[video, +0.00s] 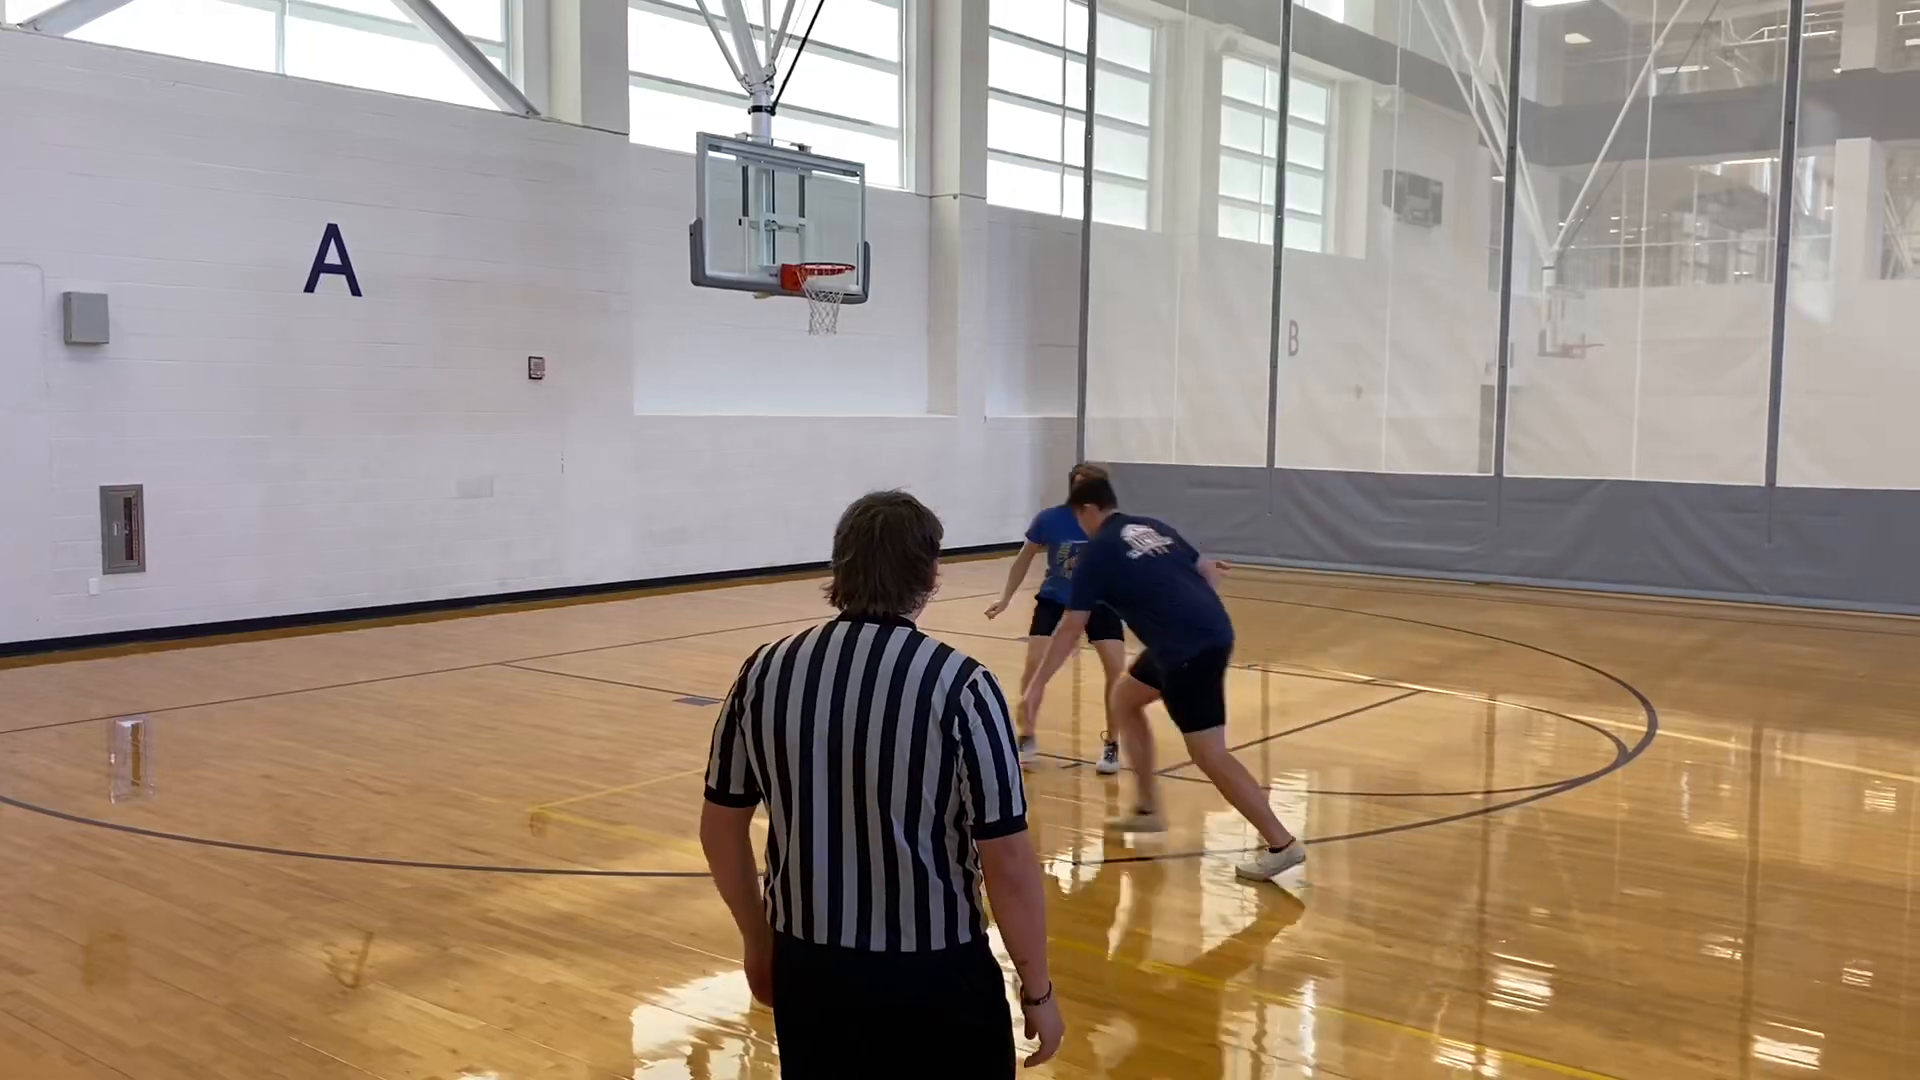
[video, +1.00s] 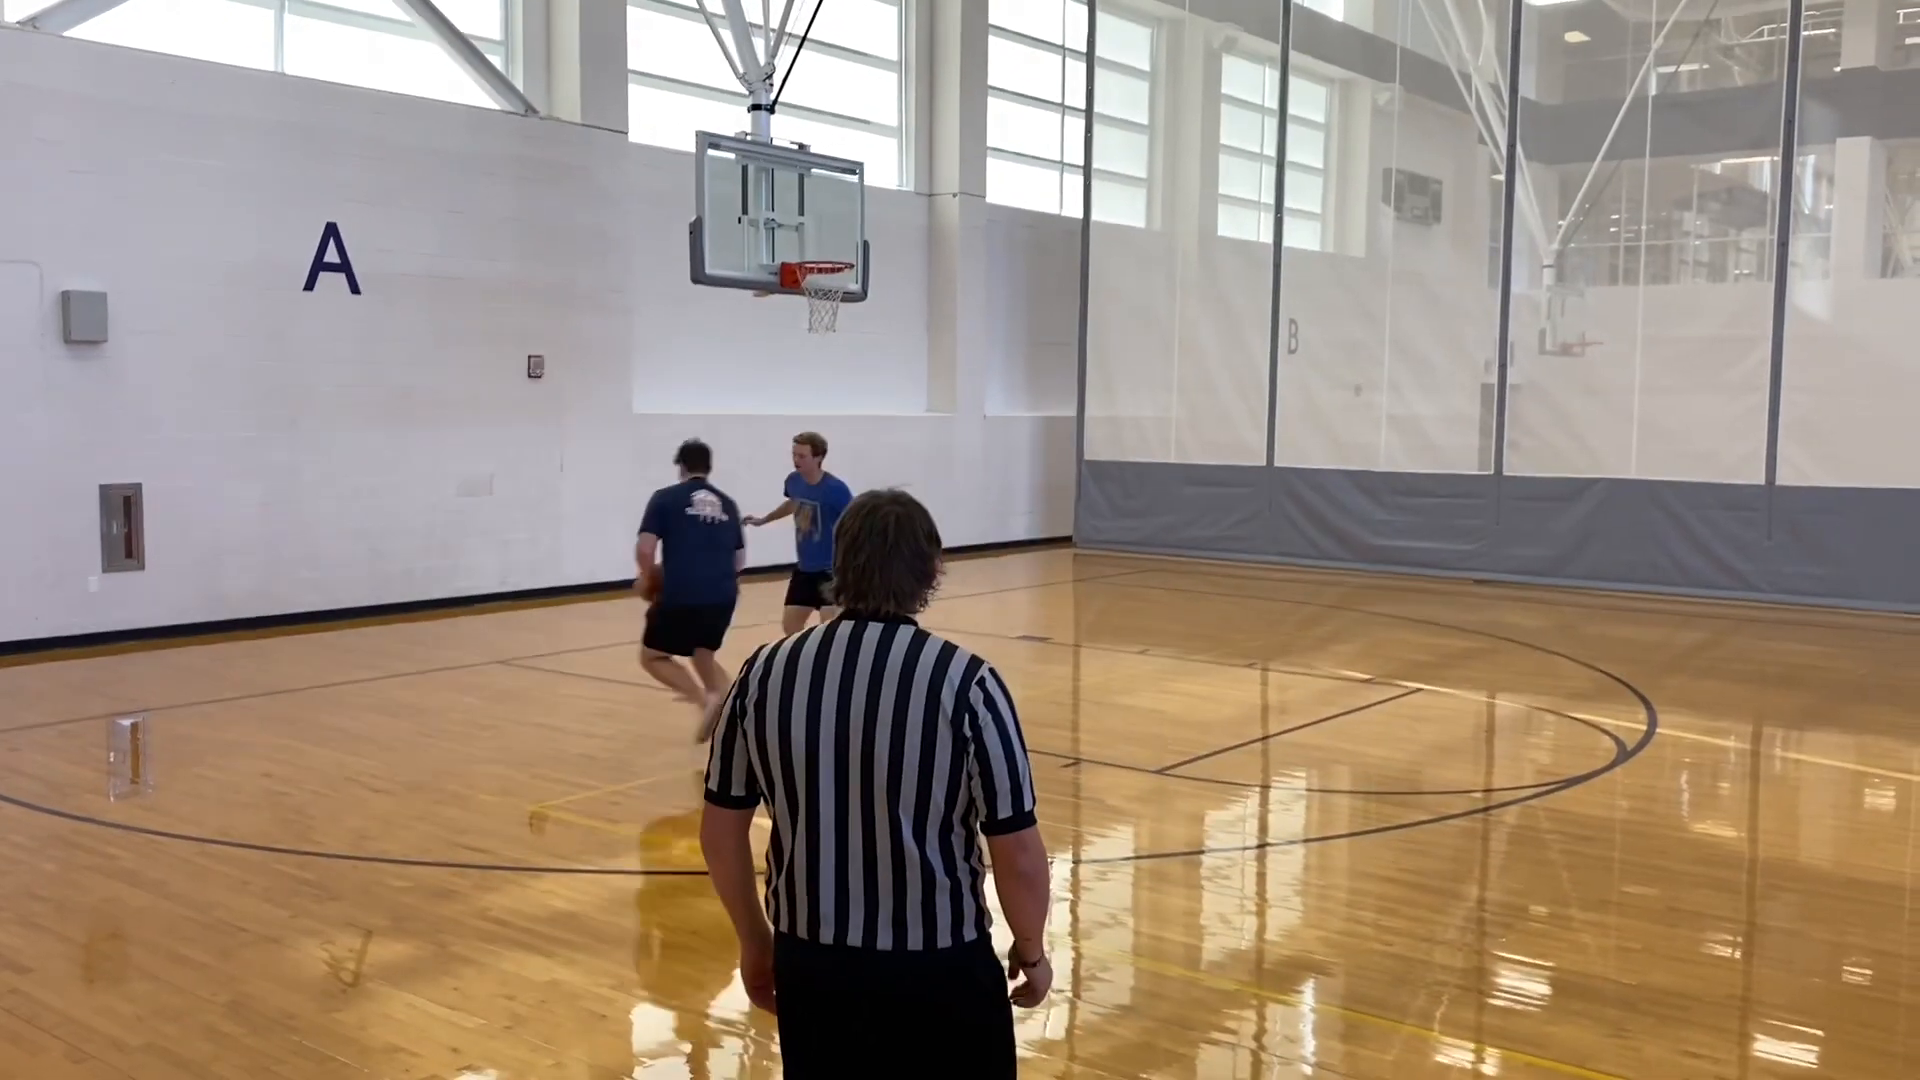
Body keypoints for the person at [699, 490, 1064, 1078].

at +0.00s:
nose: (938, 573)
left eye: (935, 558)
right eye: (935, 560)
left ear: (842, 565)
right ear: (926, 573)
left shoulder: (766, 669)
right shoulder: (961, 684)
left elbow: (720, 825)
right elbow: (1006, 858)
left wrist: (756, 933)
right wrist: (1038, 989)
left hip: (809, 979)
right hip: (941, 982)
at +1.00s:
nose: (941, 570)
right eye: (937, 558)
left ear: (842, 565)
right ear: (929, 569)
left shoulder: (764, 671)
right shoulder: (967, 681)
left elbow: (721, 832)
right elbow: (1018, 853)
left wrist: (754, 939)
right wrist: (1030, 947)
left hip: (812, 973)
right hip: (945, 976)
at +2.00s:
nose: (936, 566)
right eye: (936, 553)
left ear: (846, 568)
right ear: (937, 568)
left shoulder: (779, 675)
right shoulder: (962, 650)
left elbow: (746, 818)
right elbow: (1057, 516)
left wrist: (807, 885)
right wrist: (1035, 383)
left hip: (839, 971)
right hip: (970, 966)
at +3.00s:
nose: (1173, 559)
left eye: (1171, 547)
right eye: (1171, 548)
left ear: (1083, 555)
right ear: (1161, 560)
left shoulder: (1024, 638)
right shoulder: (1187, 652)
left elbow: (1091, 641)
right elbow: (1308, 671)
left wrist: (1155, 615)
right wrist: (1203, 635)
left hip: (1045, 913)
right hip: (1157, 918)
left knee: (1075, 1068)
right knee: (1158, 1070)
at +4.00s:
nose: (1417, 555)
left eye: (1415, 539)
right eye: (1410, 539)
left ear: (1336, 543)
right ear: (1376, 541)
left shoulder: (1256, 624)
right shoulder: (1389, 619)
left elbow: (1228, 738)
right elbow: (1534, 614)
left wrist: (1305, 756)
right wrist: (1683, 591)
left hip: (1283, 878)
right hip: (1378, 884)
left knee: (1312, 1057)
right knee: (1433, 1059)